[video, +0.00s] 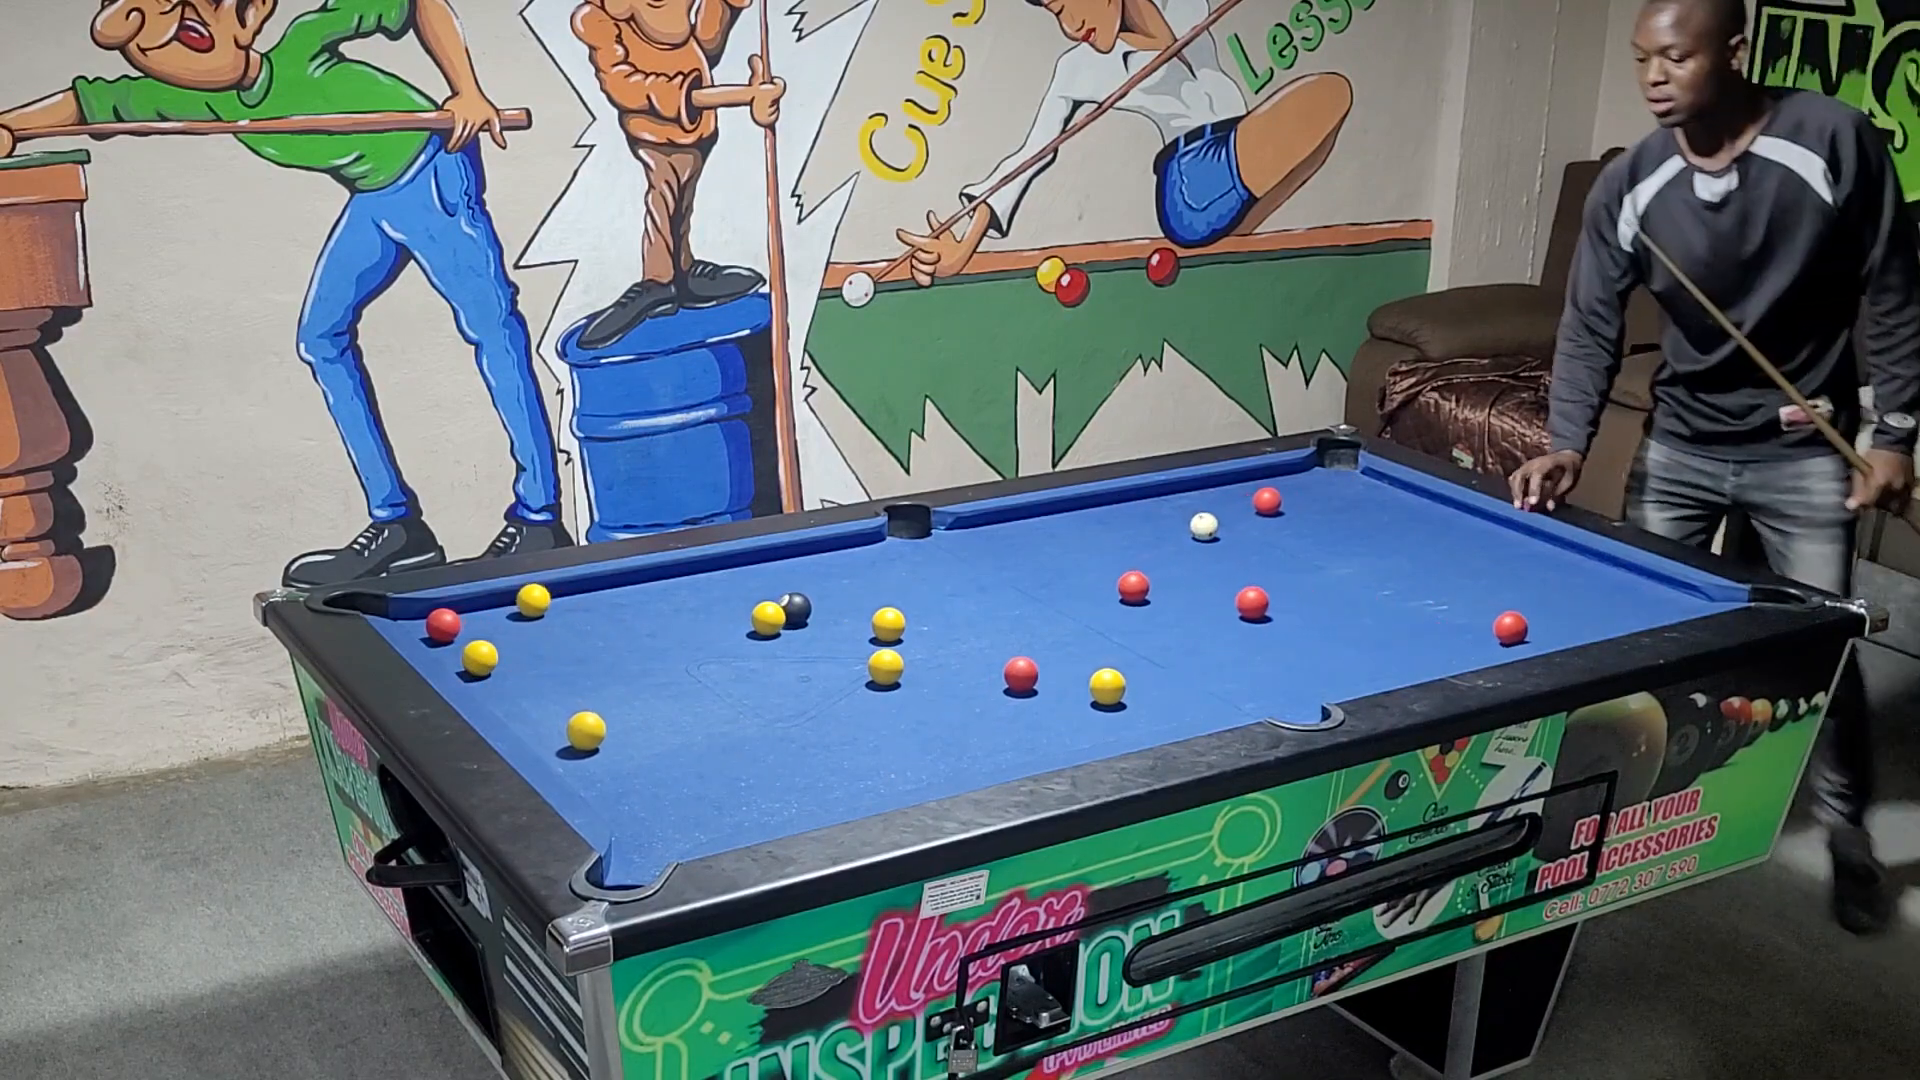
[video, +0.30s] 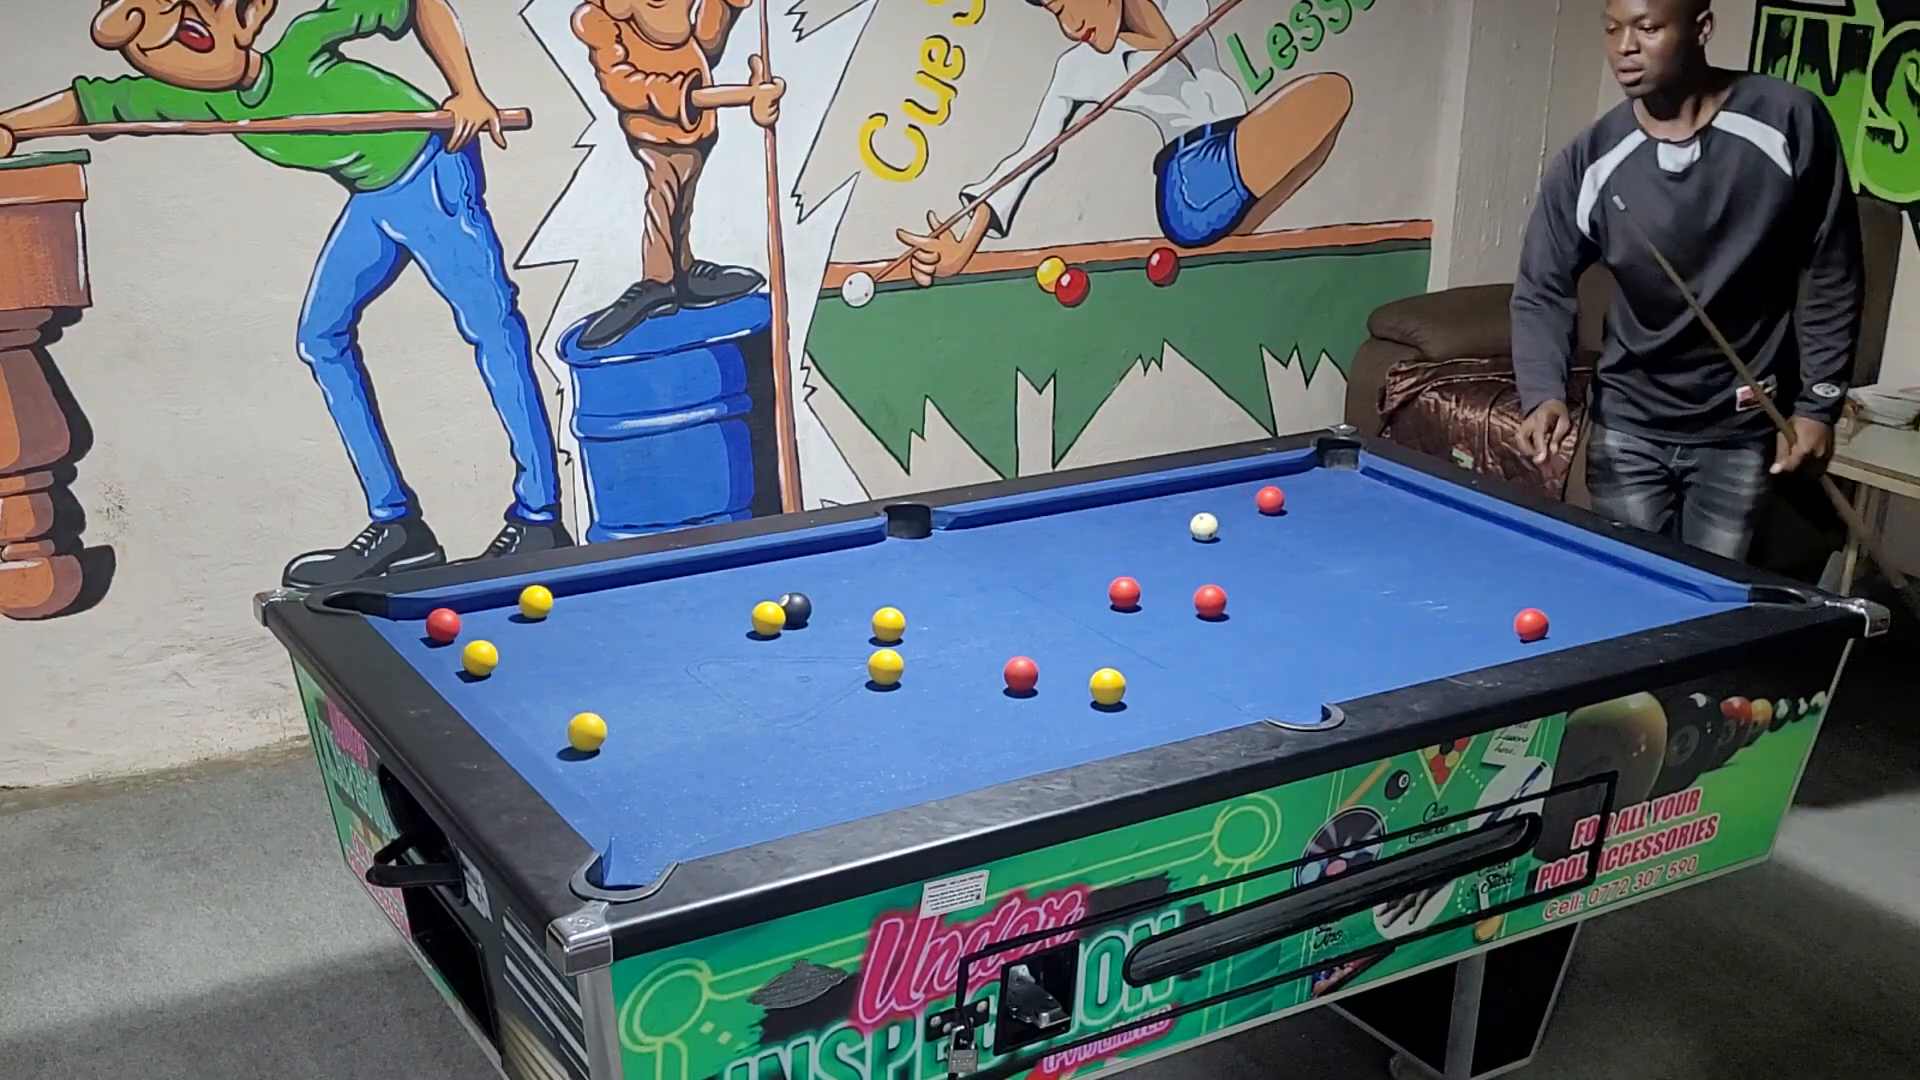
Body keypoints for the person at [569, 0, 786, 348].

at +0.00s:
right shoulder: (596, 19)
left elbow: (707, 47)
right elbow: (625, 88)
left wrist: (730, 6)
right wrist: (746, 94)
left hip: (694, 88)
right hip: (644, 104)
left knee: (687, 175)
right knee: (665, 175)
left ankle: (682, 268)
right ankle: (657, 281)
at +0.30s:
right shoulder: (596, 19)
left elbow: (707, 47)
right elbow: (625, 88)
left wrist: (730, 6)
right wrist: (746, 94)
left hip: (695, 88)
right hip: (644, 104)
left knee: (687, 175)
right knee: (665, 175)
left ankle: (682, 268)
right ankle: (657, 281)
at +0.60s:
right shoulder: (596, 18)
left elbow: (707, 47)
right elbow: (625, 88)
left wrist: (729, 6)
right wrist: (746, 94)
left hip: (694, 87)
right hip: (644, 104)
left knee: (688, 174)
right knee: (665, 174)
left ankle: (682, 268)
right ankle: (657, 281)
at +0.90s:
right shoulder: (596, 18)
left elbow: (707, 47)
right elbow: (625, 88)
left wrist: (729, 6)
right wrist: (746, 94)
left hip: (694, 87)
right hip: (644, 103)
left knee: (688, 174)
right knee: (665, 174)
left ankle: (682, 268)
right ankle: (657, 281)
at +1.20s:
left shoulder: (696, 6)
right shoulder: (597, 18)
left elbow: (707, 47)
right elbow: (625, 88)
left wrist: (730, 6)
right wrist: (746, 94)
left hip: (695, 86)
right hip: (644, 103)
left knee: (688, 174)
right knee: (665, 174)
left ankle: (682, 268)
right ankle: (656, 281)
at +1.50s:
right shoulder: (598, 18)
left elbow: (707, 46)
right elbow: (624, 87)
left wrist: (730, 6)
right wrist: (746, 94)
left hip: (694, 86)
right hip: (645, 103)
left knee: (688, 173)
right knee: (666, 173)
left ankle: (682, 268)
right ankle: (657, 280)